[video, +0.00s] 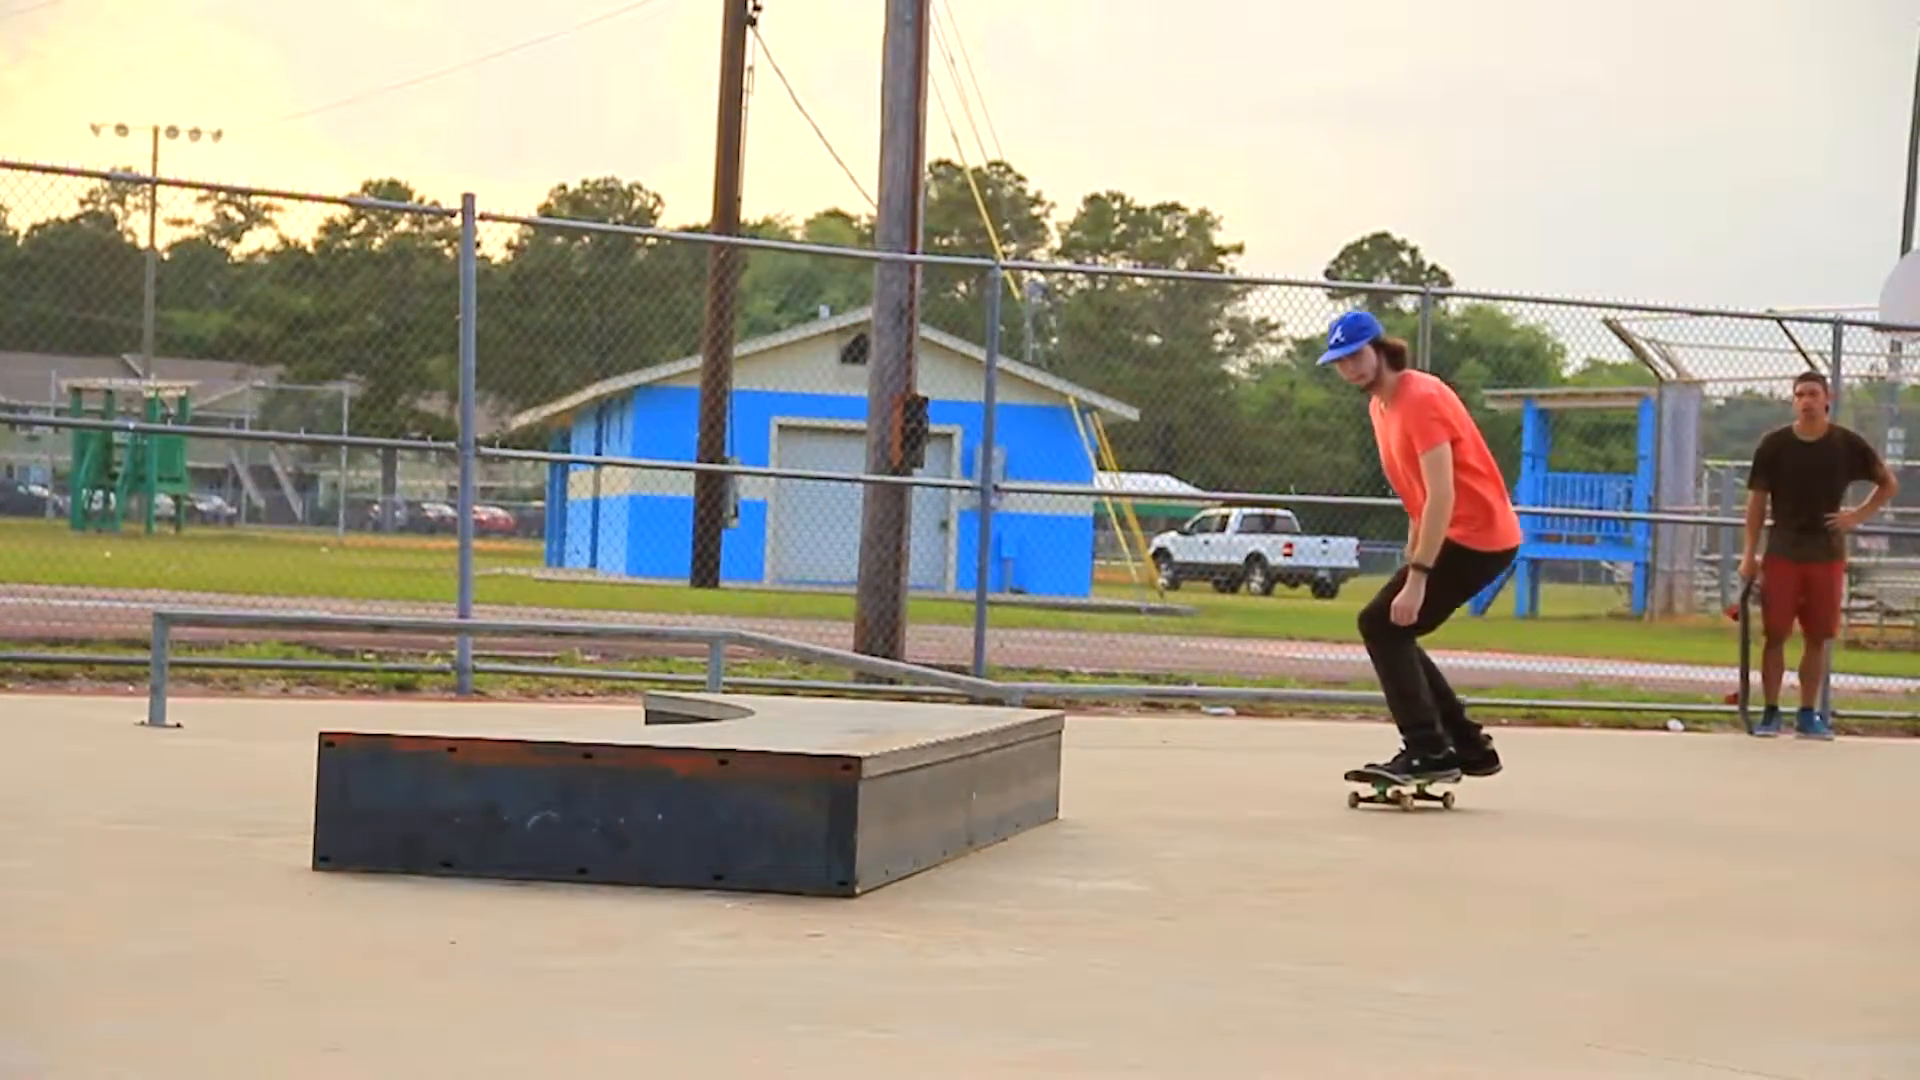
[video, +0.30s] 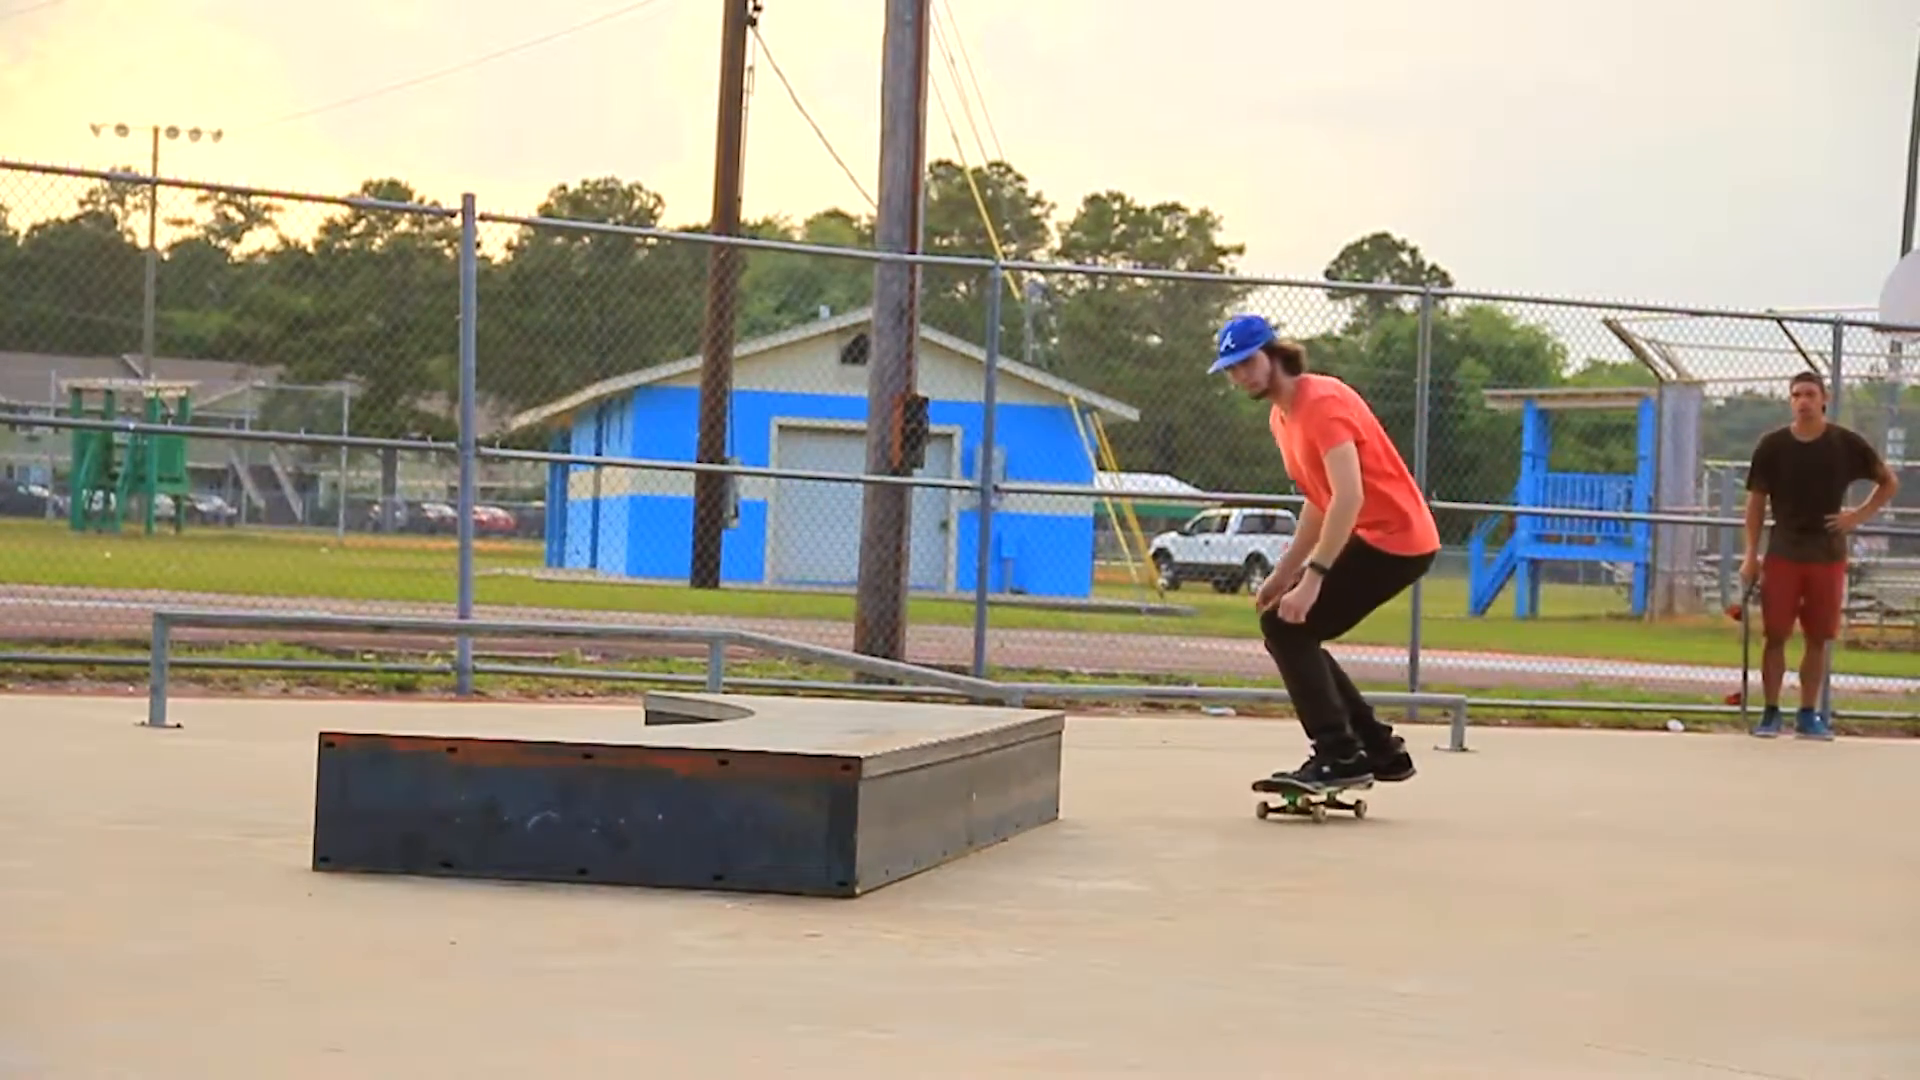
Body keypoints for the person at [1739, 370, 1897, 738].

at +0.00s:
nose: (1807, 401)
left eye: (1814, 395)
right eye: (1802, 395)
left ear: (1827, 400)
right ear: (1793, 400)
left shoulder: (1848, 444)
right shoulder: (1772, 445)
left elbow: (1889, 483)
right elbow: (1757, 501)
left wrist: (1859, 514)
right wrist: (1749, 553)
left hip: (1825, 555)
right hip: (1781, 553)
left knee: (1817, 639)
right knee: (1774, 636)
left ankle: (1808, 714)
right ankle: (1770, 712)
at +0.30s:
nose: (1803, 402)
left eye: (1809, 395)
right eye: (1797, 395)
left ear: (1824, 399)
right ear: (1789, 401)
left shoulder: (1847, 444)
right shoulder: (1771, 446)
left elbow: (1889, 482)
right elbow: (1755, 502)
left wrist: (1860, 514)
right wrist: (1751, 554)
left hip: (1827, 556)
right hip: (1782, 554)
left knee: (1818, 640)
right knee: (1774, 636)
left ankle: (1807, 714)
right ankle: (1770, 712)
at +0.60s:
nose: (1800, 401)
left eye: (1807, 395)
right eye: (1795, 395)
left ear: (1822, 399)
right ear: (1787, 401)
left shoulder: (1845, 443)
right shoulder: (1770, 446)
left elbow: (1888, 482)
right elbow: (1756, 503)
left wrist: (1857, 515)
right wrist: (1755, 554)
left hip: (1825, 556)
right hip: (1781, 554)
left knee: (1818, 640)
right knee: (1774, 637)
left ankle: (1807, 714)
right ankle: (1771, 712)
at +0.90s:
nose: (1799, 402)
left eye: (1806, 395)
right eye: (1794, 395)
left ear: (1821, 399)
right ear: (1786, 401)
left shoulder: (1844, 444)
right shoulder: (1768, 447)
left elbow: (1886, 482)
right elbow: (1753, 503)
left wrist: (1857, 515)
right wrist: (1752, 555)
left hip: (1824, 556)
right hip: (1779, 554)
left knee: (1818, 640)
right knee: (1774, 637)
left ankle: (1808, 714)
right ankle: (1770, 712)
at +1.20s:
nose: (1798, 402)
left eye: (1805, 395)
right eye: (1793, 396)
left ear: (1820, 400)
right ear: (1785, 401)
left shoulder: (1842, 444)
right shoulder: (1766, 447)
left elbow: (1884, 481)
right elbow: (1753, 503)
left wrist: (1856, 515)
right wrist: (1753, 554)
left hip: (1823, 556)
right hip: (1779, 554)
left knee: (1817, 640)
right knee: (1773, 638)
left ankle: (1808, 715)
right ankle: (1770, 713)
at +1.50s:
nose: (1798, 402)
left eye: (1805, 396)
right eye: (1792, 396)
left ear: (1818, 400)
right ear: (1783, 401)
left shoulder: (1841, 443)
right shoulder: (1765, 448)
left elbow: (1883, 481)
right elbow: (1752, 504)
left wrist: (1854, 514)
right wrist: (1754, 555)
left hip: (1823, 555)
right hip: (1778, 553)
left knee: (1816, 640)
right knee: (1774, 638)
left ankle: (1807, 714)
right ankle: (1770, 712)